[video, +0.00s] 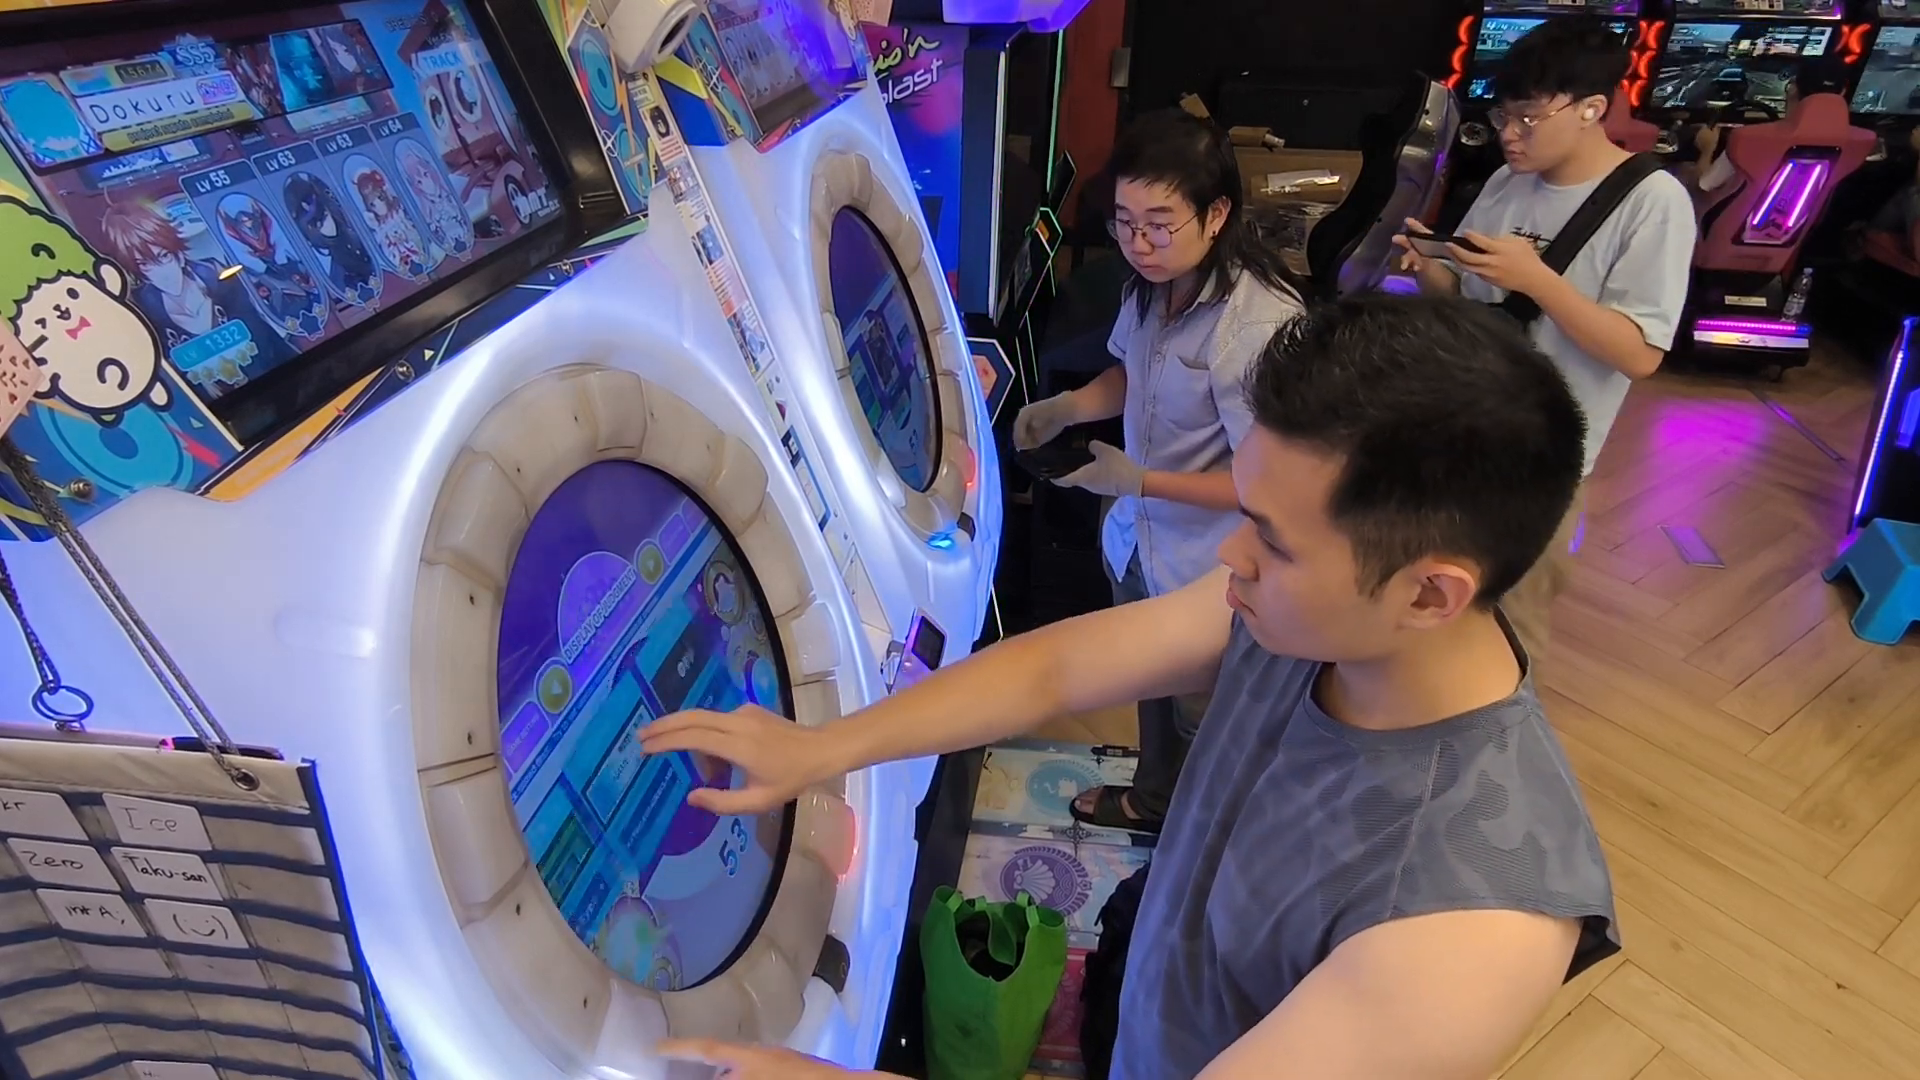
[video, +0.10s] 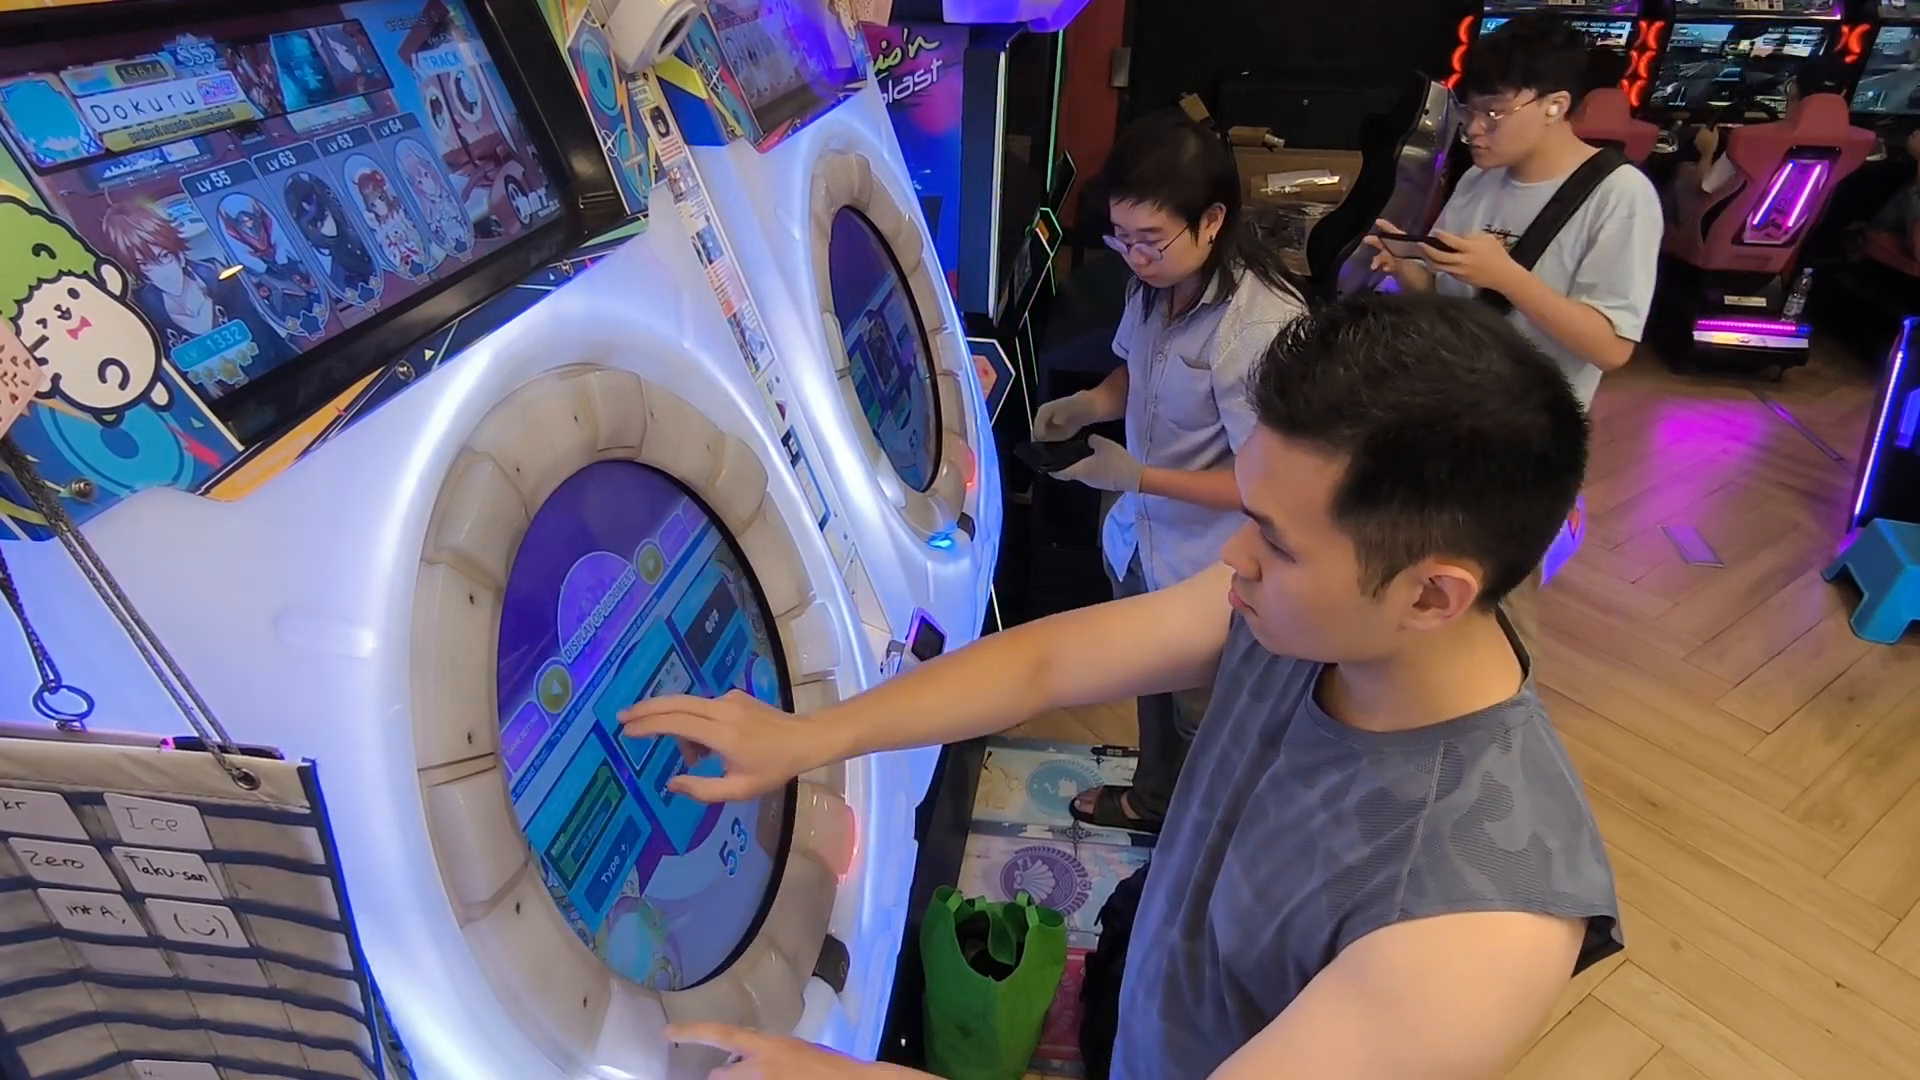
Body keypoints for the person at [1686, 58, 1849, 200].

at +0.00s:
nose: (1788, 87)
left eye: (1792, 82)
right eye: (1791, 81)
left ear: (1795, 91)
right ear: (1842, 94)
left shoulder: (1755, 140)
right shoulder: (1848, 150)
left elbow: (1705, 185)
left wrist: (1706, 151)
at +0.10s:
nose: (1787, 90)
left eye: (1791, 85)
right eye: (1791, 83)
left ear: (1794, 90)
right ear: (1841, 95)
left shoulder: (1759, 140)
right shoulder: (1838, 150)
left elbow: (1708, 185)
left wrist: (1706, 152)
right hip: (1779, 250)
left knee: (1685, 170)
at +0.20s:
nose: (1787, 89)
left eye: (1791, 84)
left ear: (1794, 90)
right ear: (1840, 95)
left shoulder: (1759, 140)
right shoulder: (1837, 152)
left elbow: (1708, 180)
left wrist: (1709, 141)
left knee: (1682, 172)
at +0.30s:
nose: (1787, 94)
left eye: (1791, 89)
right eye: (1790, 88)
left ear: (1796, 95)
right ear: (1839, 97)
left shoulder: (1756, 140)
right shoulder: (1838, 151)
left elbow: (1707, 180)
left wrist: (1707, 143)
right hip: (1780, 248)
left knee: (1684, 172)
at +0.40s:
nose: (1787, 89)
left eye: (1791, 85)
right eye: (1792, 84)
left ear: (1794, 92)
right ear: (1839, 97)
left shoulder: (1756, 140)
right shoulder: (1843, 150)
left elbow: (1706, 183)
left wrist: (1706, 150)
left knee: (1684, 171)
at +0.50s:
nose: (1787, 90)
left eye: (1791, 86)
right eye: (1791, 84)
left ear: (1794, 92)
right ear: (1838, 98)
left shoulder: (1756, 140)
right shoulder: (1835, 151)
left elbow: (1707, 186)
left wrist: (1707, 152)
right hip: (1780, 245)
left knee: (1685, 171)